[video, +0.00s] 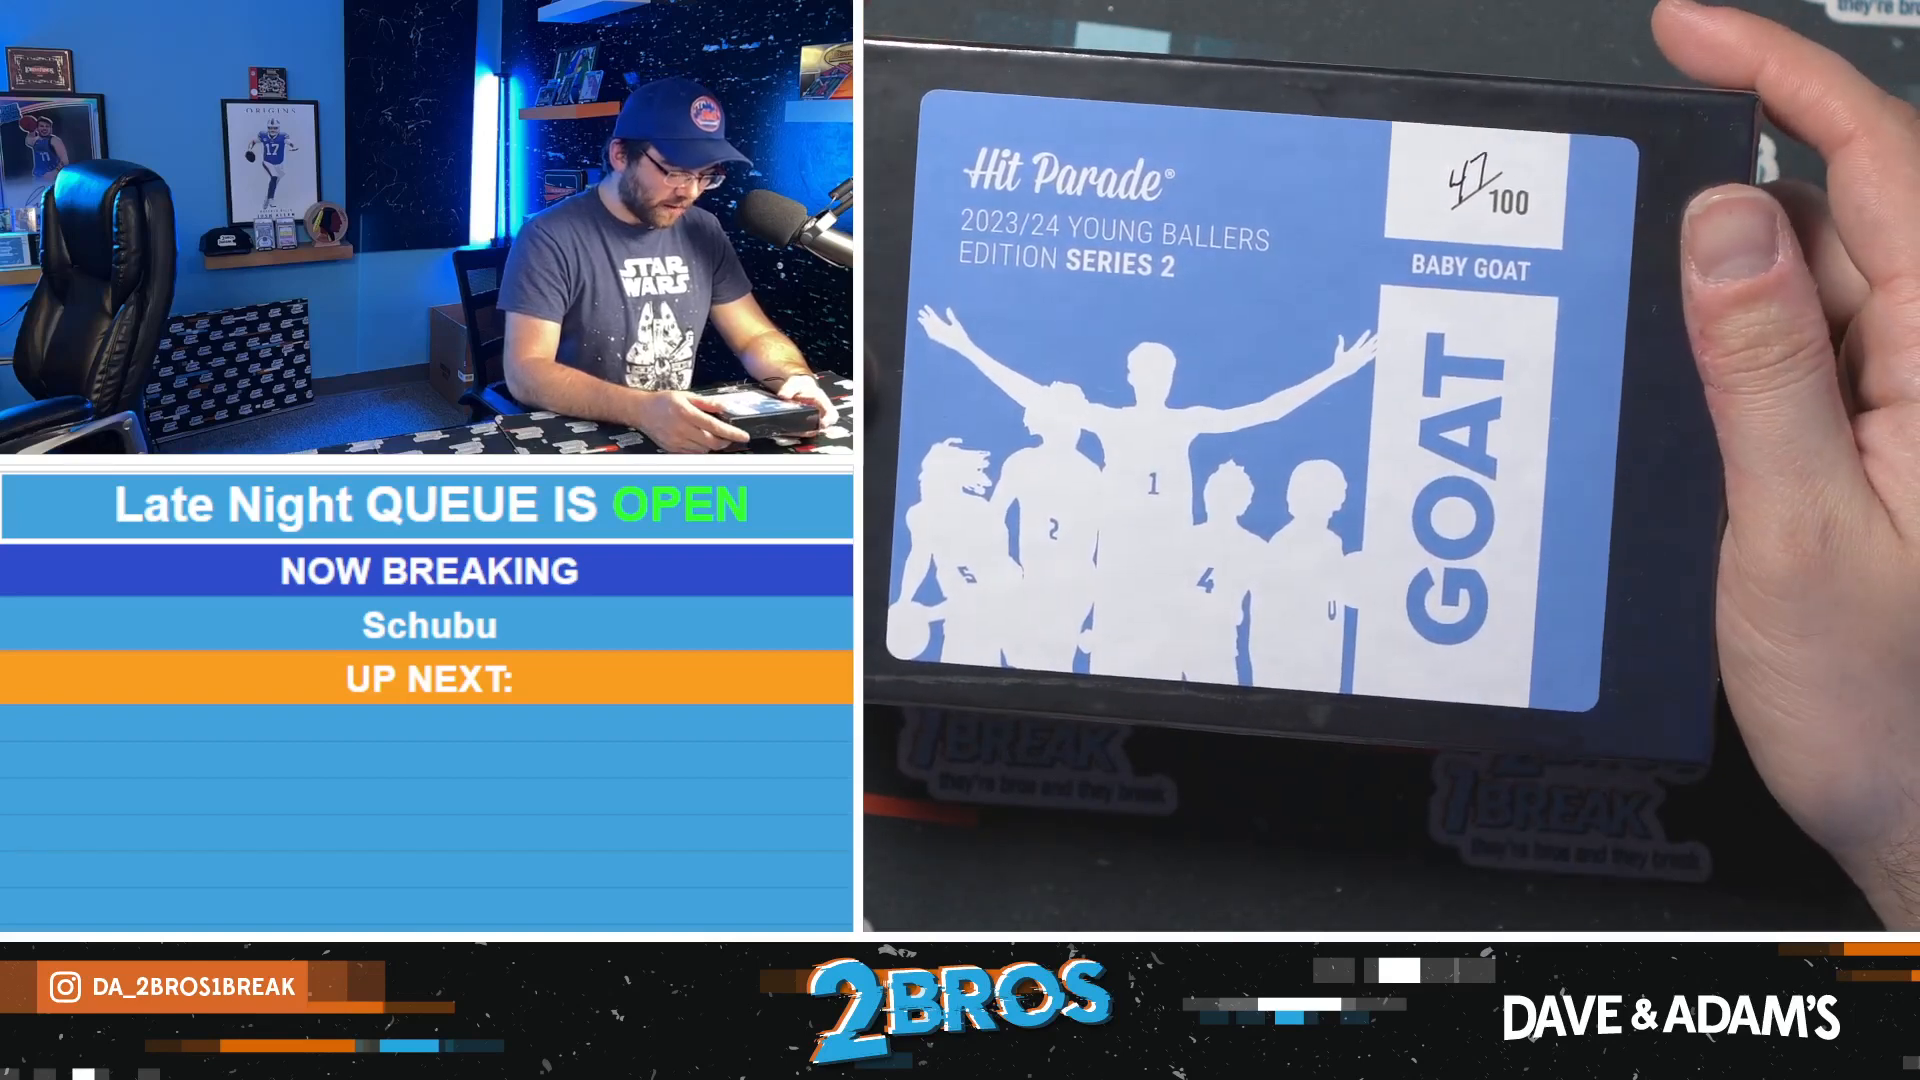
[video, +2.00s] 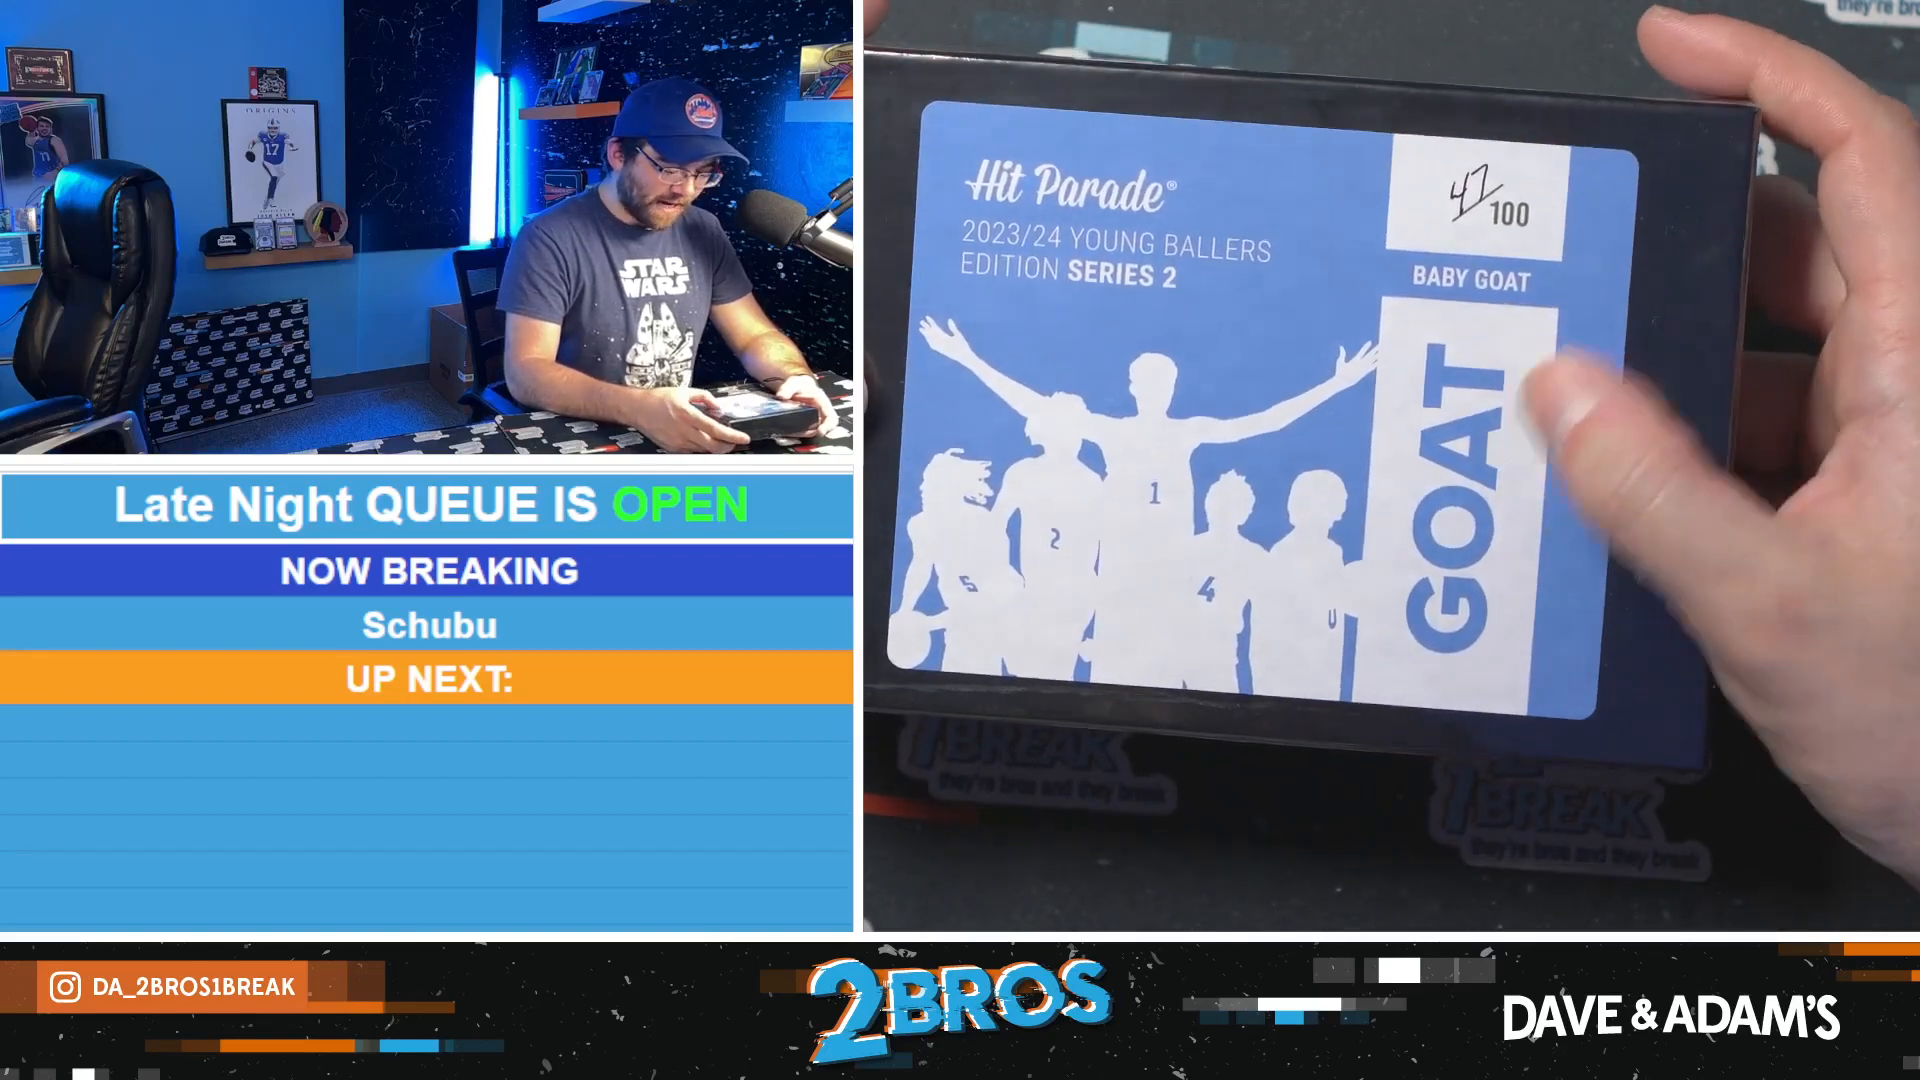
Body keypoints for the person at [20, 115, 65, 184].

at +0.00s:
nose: (44, 128)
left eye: (47, 126)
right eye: (41, 126)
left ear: (50, 128)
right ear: (37, 128)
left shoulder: (55, 140)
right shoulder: (35, 140)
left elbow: (64, 160)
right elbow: (28, 142)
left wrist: (54, 173)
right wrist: (31, 132)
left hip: (51, 177)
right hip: (37, 176)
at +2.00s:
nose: (44, 128)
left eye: (47, 126)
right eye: (41, 126)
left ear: (50, 128)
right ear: (37, 128)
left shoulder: (55, 140)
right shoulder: (35, 140)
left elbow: (64, 160)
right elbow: (28, 142)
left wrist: (54, 173)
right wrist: (31, 132)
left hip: (51, 177)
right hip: (37, 176)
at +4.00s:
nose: (44, 128)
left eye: (47, 126)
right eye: (41, 126)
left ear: (51, 129)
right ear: (37, 128)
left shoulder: (54, 140)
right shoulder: (35, 140)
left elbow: (64, 161)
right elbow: (28, 142)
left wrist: (54, 173)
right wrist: (31, 133)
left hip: (50, 177)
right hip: (37, 176)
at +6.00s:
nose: (44, 128)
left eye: (47, 126)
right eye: (41, 126)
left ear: (50, 128)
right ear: (37, 128)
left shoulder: (54, 140)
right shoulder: (35, 140)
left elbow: (64, 160)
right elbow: (28, 141)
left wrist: (53, 173)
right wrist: (31, 132)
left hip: (50, 177)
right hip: (37, 176)